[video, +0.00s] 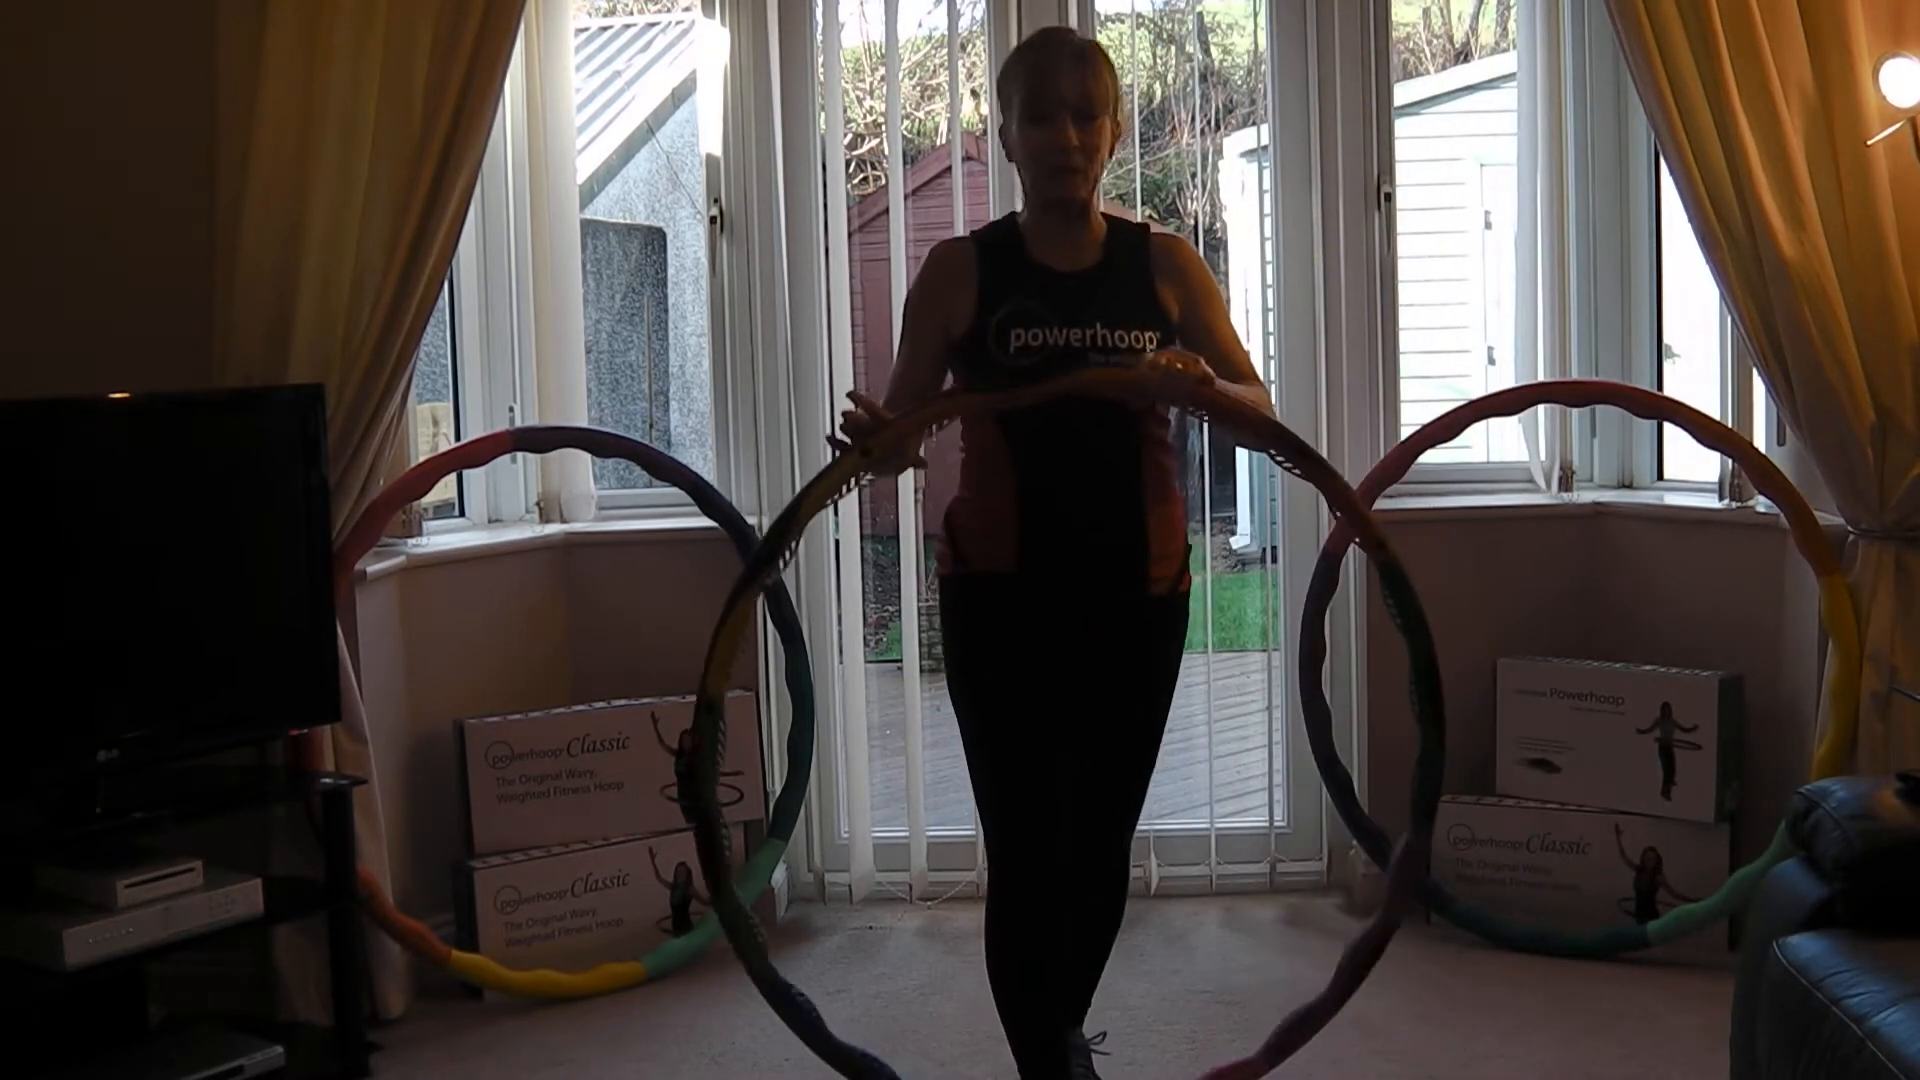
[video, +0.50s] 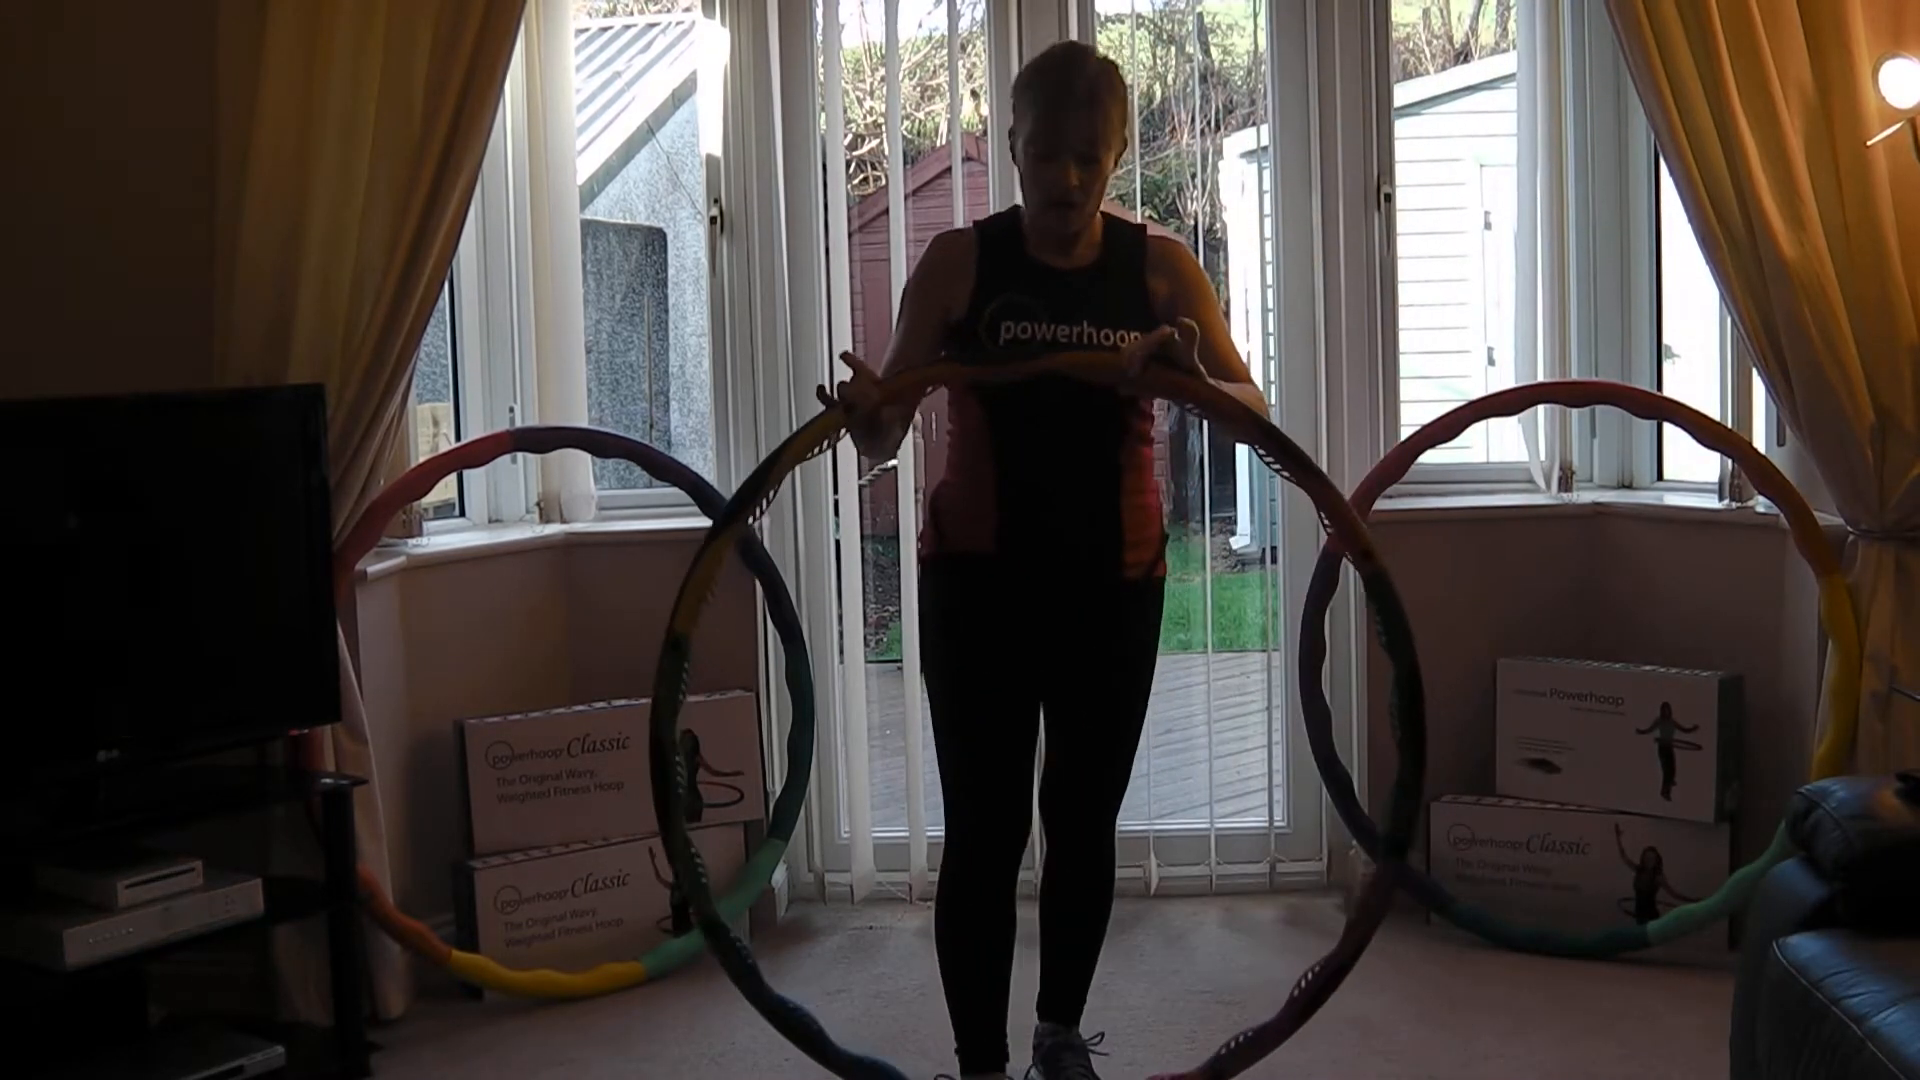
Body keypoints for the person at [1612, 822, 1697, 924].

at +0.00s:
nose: (1648, 860)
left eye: (1652, 857)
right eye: (1646, 857)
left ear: (1656, 860)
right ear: (1642, 858)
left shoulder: (1658, 876)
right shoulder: (1639, 871)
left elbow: (1673, 894)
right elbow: (1624, 857)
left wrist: (1692, 901)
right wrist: (1618, 837)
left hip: (1651, 913)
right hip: (1639, 912)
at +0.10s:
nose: (1648, 860)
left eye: (1652, 857)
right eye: (1646, 857)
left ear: (1656, 860)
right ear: (1642, 858)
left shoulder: (1658, 876)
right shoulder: (1639, 871)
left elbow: (1673, 894)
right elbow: (1624, 857)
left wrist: (1693, 901)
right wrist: (1618, 837)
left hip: (1651, 913)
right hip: (1639, 912)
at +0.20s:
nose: (1648, 860)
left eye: (1652, 858)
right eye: (1646, 857)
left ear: (1656, 860)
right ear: (1642, 859)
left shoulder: (1658, 876)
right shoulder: (1639, 871)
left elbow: (1673, 894)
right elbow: (1624, 857)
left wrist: (1693, 901)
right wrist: (1618, 837)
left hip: (1651, 913)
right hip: (1639, 912)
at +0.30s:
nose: (1648, 860)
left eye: (1652, 858)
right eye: (1646, 857)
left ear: (1656, 860)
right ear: (1642, 859)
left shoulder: (1658, 876)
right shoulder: (1639, 871)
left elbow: (1673, 894)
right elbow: (1624, 857)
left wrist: (1693, 901)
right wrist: (1618, 837)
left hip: (1651, 913)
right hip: (1639, 912)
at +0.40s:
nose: (1648, 860)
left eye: (1652, 858)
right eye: (1646, 857)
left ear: (1656, 860)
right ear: (1642, 859)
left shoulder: (1658, 876)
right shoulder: (1639, 871)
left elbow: (1673, 894)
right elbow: (1624, 857)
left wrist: (1693, 901)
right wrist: (1618, 837)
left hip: (1651, 913)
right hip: (1639, 912)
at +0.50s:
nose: (1648, 860)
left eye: (1652, 857)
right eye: (1646, 857)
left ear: (1656, 860)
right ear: (1642, 858)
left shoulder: (1658, 876)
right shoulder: (1639, 871)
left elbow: (1673, 894)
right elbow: (1623, 857)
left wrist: (1693, 901)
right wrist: (1618, 837)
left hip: (1651, 912)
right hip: (1639, 911)